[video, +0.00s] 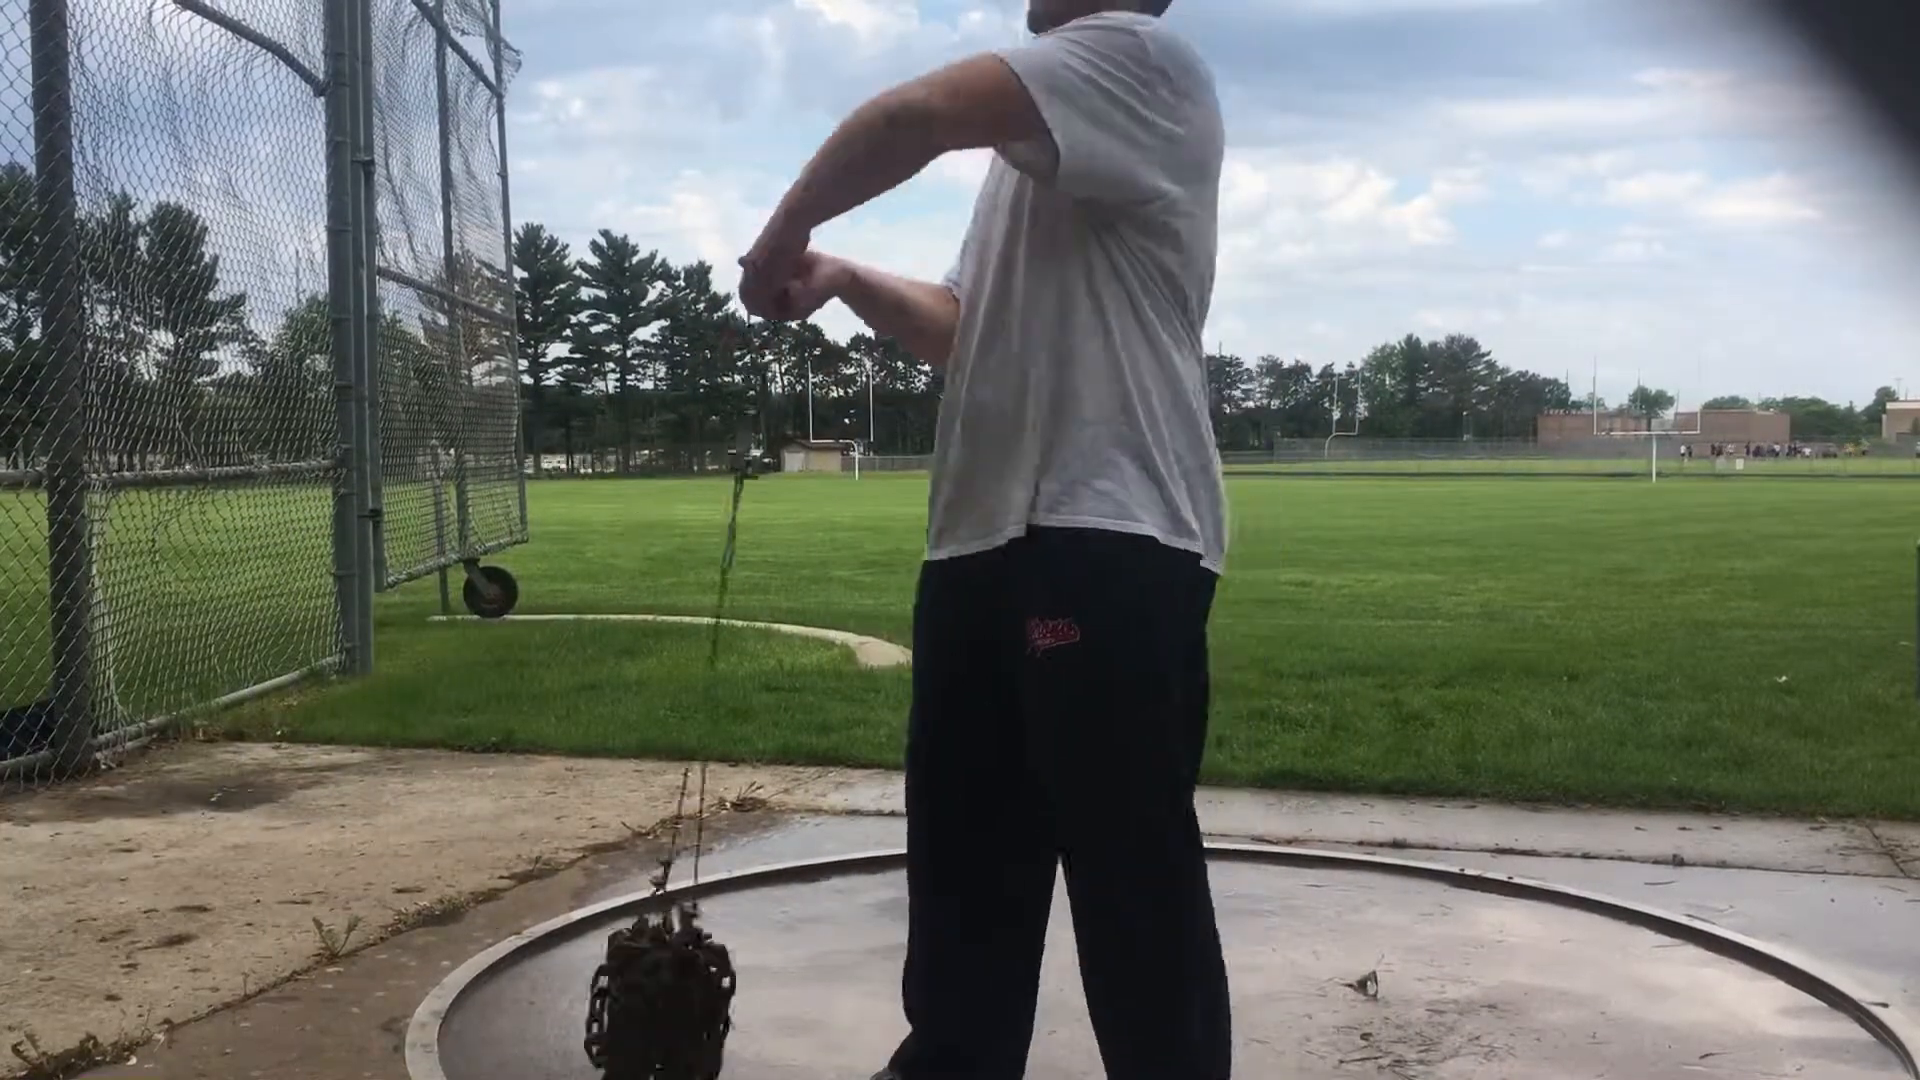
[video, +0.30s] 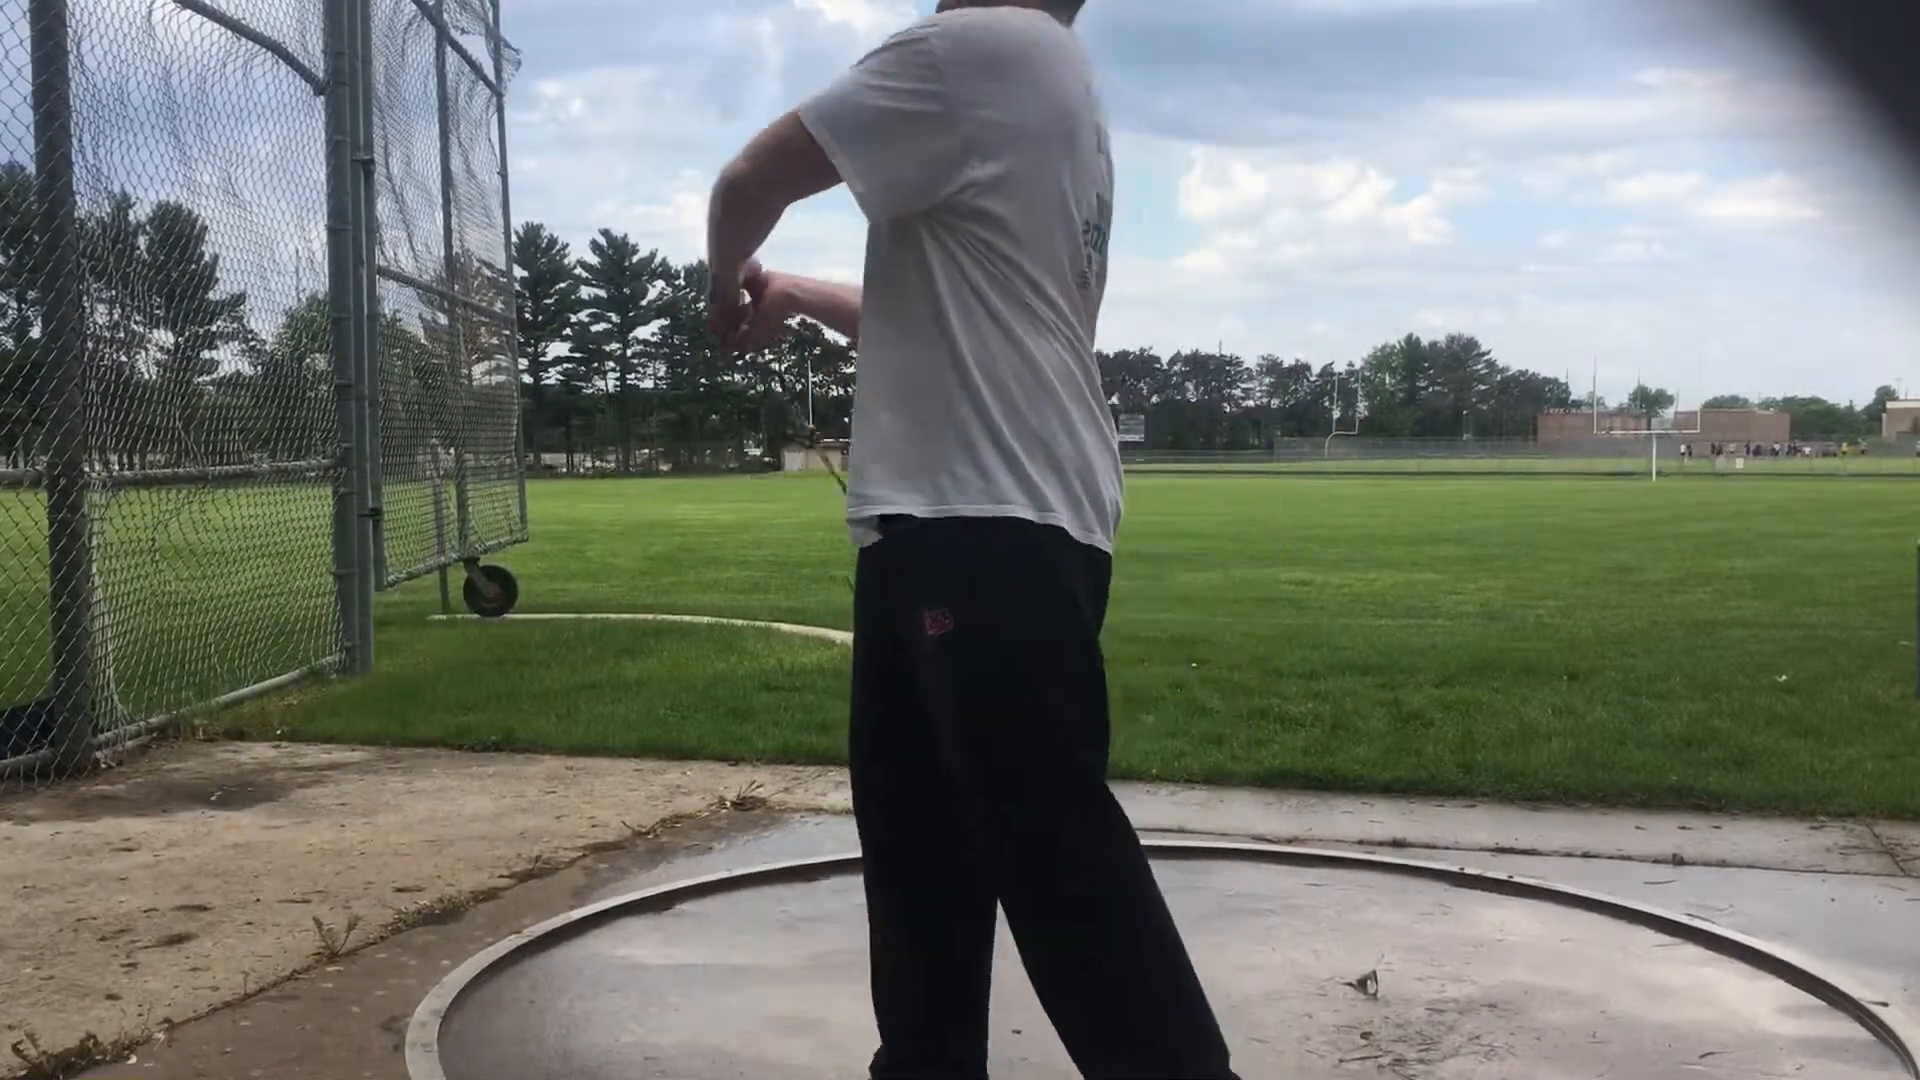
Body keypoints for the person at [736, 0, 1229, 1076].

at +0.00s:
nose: (1028, 3)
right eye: (1032, 6)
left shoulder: (1151, 60)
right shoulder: (1023, 146)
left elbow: (912, 115)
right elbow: (974, 337)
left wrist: (784, 232)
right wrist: (845, 275)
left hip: (1109, 519)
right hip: (976, 537)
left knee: (1129, 867)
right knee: (966, 858)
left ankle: (1169, 1067)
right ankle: (952, 1060)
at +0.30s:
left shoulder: (986, 42)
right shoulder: (1056, 94)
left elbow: (749, 180)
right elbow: (961, 323)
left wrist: (728, 277)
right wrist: (802, 296)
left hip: (987, 512)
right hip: (933, 514)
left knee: (1057, 849)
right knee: (920, 854)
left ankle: (1176, 1065)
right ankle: (925, 1064)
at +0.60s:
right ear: (1031, 6)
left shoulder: (910, 23)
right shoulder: (1055, 111)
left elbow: (722, 138)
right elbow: (930, 281)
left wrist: (726, 216)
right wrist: (771, 218)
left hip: (938, 484)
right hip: (1006, 490)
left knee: (1017, 826)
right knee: (909, 833)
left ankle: (1172, 1064)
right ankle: (924, 1062)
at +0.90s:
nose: (906, 6)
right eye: (909, 5)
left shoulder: (984, 43)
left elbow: (719, 162)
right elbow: (900, 292)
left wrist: (664, 227)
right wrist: (724, 241)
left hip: (1009, 506)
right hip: (922, 521)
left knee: (1071, 856)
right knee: (916, 864)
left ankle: (1160, 1063)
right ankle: (920, 1065)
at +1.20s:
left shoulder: (1202, 93)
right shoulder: (1004, 111)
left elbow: (1048, 184)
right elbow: (916, 279)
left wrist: (817, 249)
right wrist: (832, 293)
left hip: (1138, 526)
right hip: (973, 533)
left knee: (1142, 891)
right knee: (930, 894)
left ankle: (1185, 1074)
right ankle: (918, 1072)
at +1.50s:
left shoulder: (1309, 112)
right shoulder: (1061, 95)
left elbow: (1230, 234)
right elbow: (992, 211)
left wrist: (1038, 291)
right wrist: (967, 305)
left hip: (1210, 532)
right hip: (1032, 524)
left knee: (1194, 880)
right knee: (964, 866)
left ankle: (1200, 1076)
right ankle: (924, 1071)